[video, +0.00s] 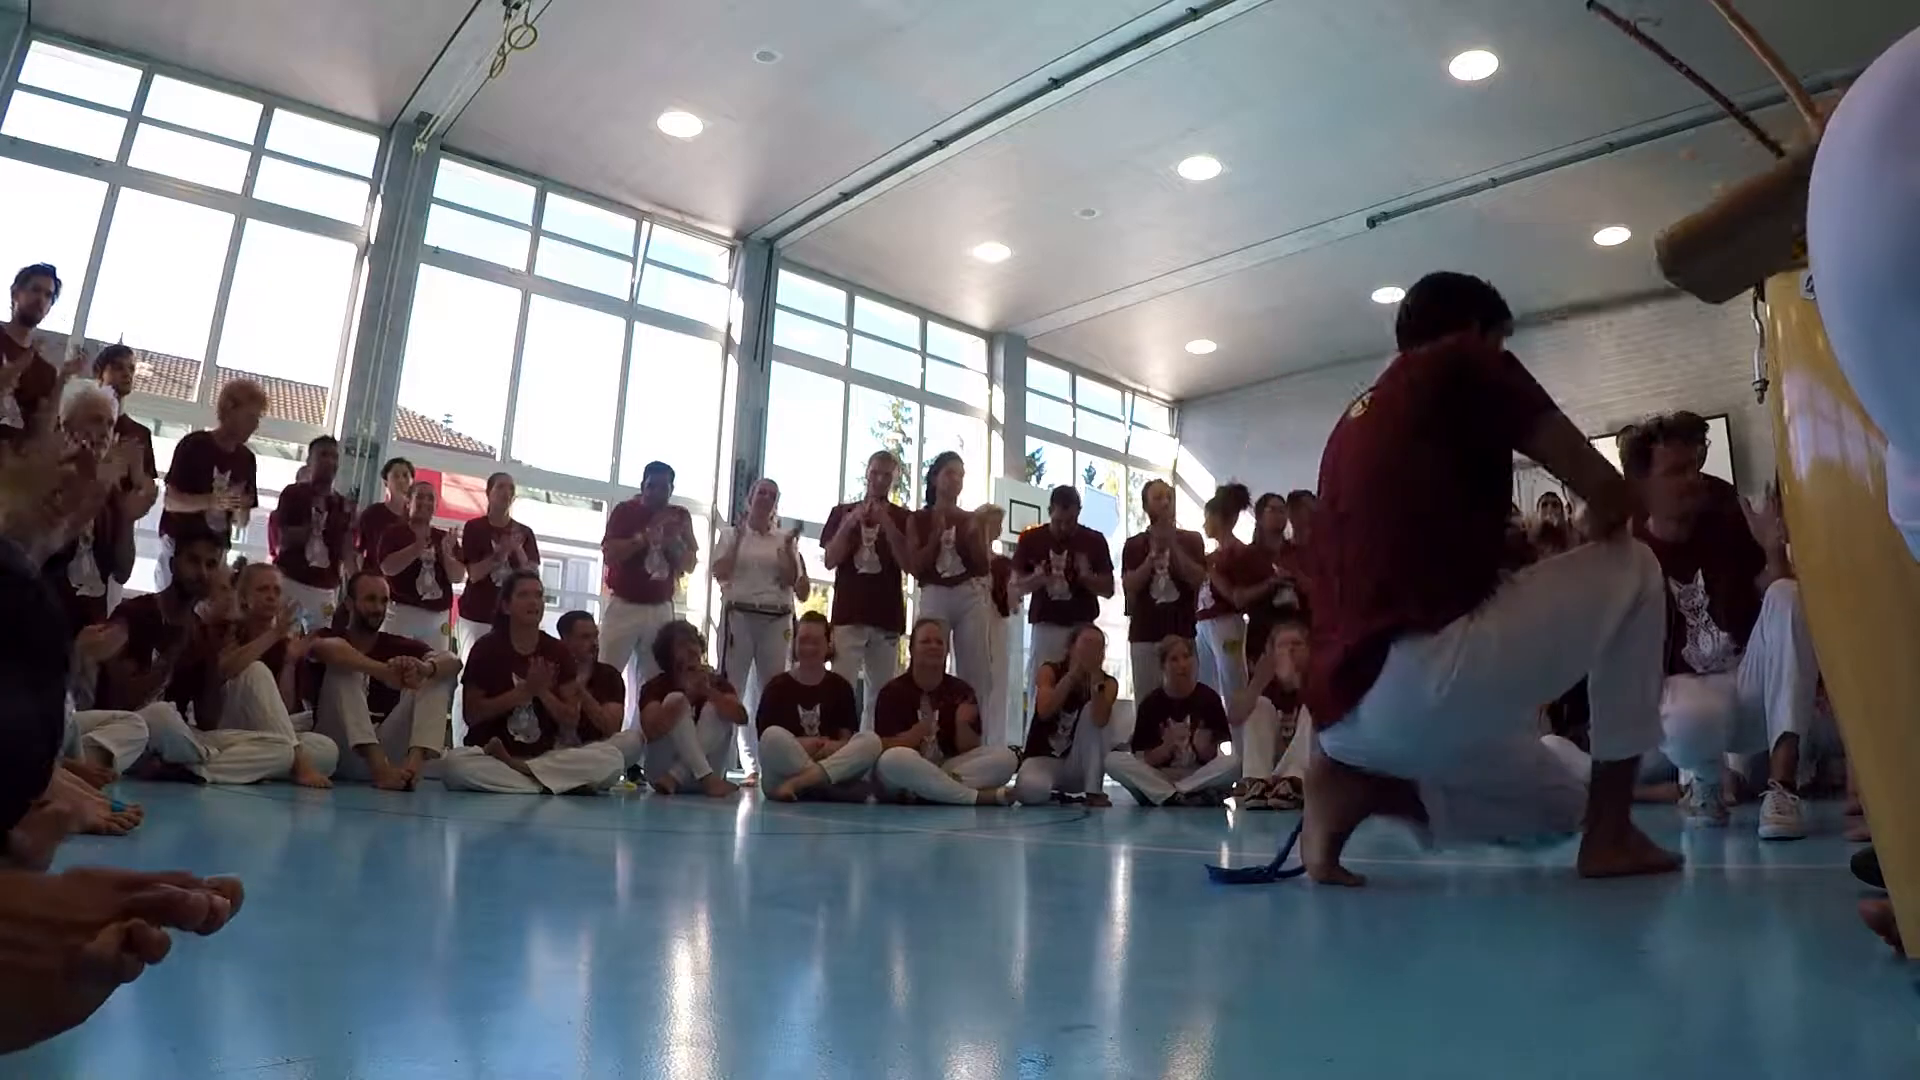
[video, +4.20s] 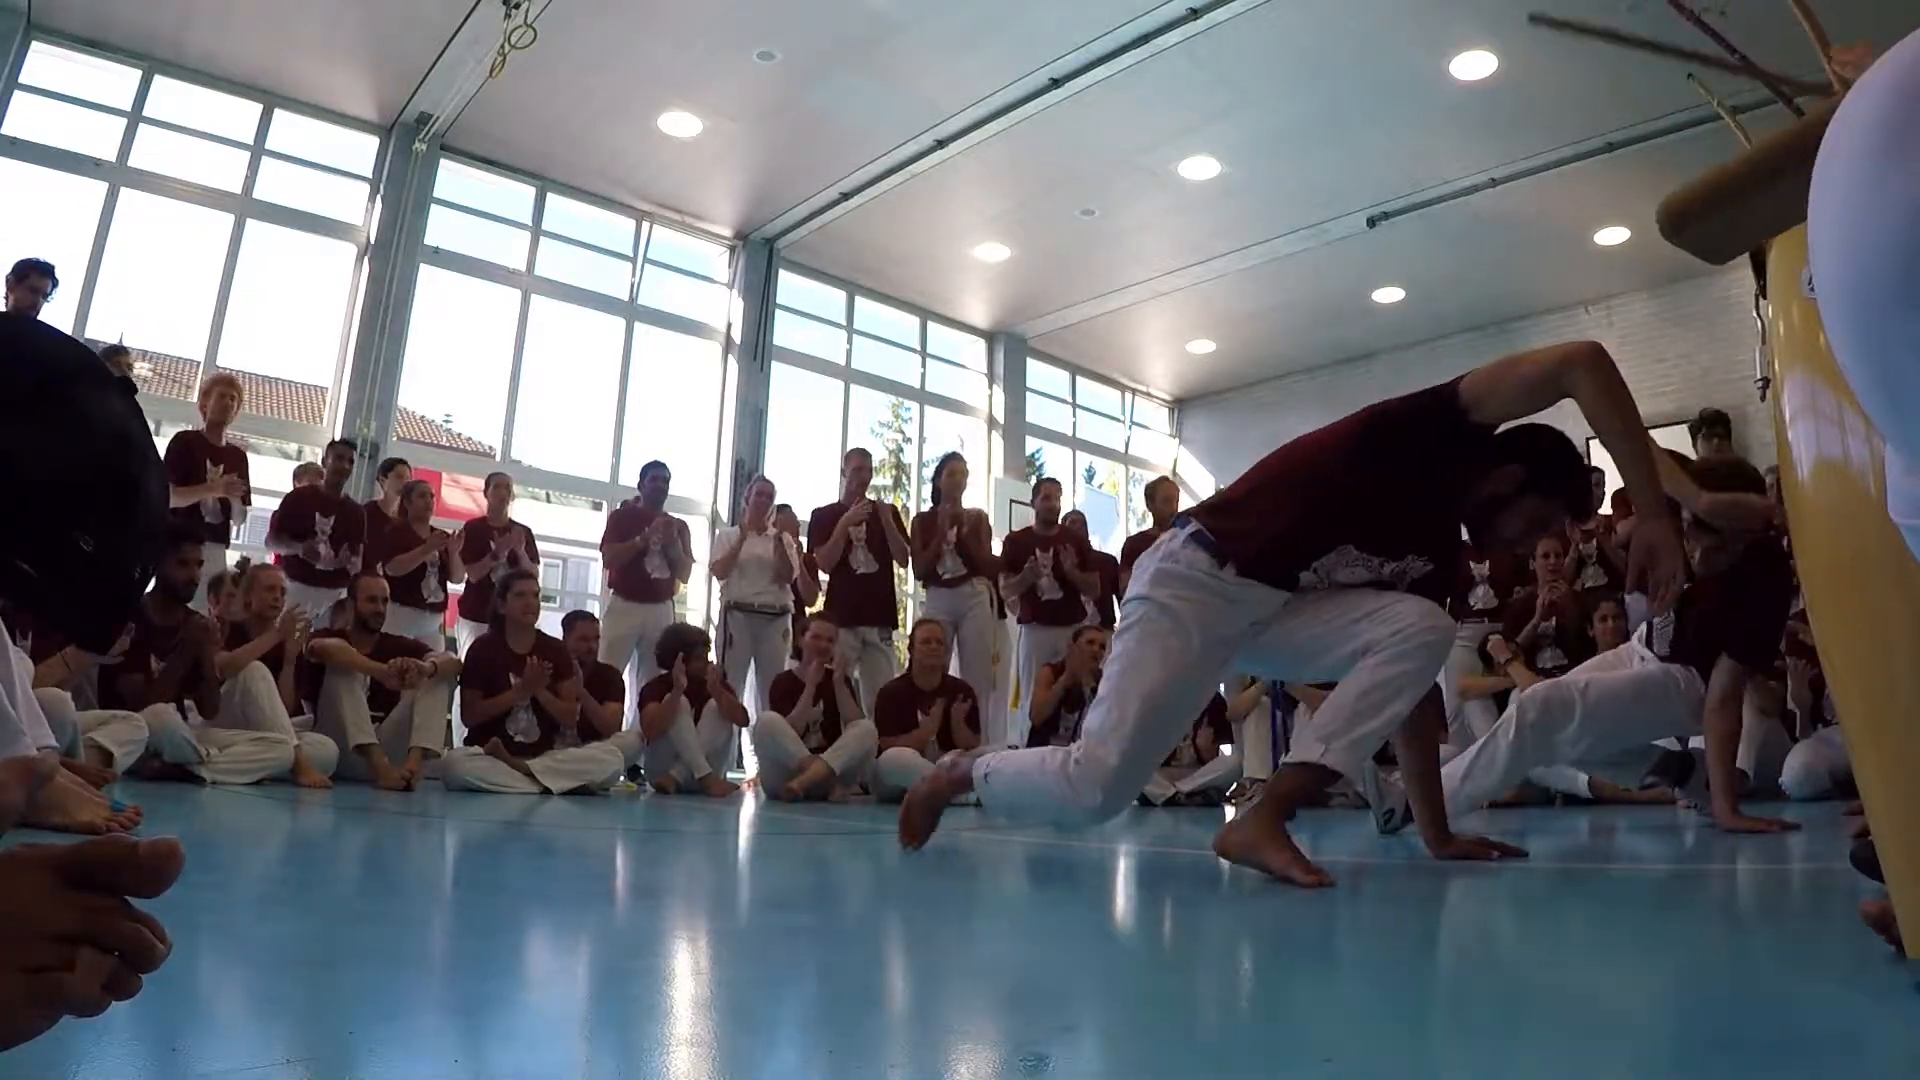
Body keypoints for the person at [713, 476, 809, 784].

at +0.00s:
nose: (765, 499)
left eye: (770, 495)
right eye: (761, 493)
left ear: (776, 502)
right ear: (749, 497)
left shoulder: (785, 540)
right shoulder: (733, 535)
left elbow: (800, 589)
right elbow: (720, 573)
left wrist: (789, 557)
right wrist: (738, 538)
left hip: (776, 617)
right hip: (738, 615)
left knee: (773, 690)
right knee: (731, 689)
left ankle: (770, 763)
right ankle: (723, 763)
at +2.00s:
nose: (763, 499)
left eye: (768, 496)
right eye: (759, 494)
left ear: (775, 503)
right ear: (748, 498)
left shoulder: (783, 538)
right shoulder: (729, 534)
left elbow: (790, 580)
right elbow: (718, 576)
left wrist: (788, 543)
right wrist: (733, 542)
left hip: (776, 617)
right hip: (738, 615)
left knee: (773, 689)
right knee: (730, 688)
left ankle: (769, 757)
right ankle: (723, 758)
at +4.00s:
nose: (764, 499)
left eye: (769, 496)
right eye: (759, 493)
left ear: (773, 502)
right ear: (747, 497)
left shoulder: (784, 538)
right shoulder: (728, 535)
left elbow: (785, 576)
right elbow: (722, 571)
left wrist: (770, 546)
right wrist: (752, 545)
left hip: (775, 618)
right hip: (736, 616)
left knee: (771, 690)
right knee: (731, 687)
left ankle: (769, 746)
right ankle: (727, 746)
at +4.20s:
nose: (763, 500)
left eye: (768, 496)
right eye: (759, 494)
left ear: (773, 503)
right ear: (747, 496)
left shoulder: (784, 539)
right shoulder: (727, 535)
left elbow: (788, 577)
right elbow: (719, 572)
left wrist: (778, 541)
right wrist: (740, 539)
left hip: (775, 618)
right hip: (736, 617)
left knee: (771, 692)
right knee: (729, 691)